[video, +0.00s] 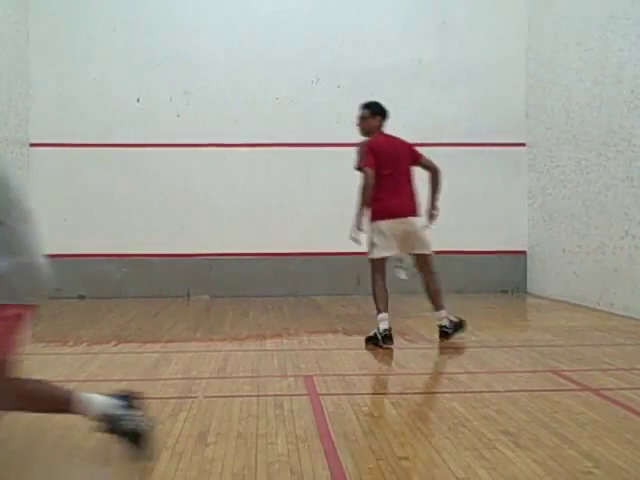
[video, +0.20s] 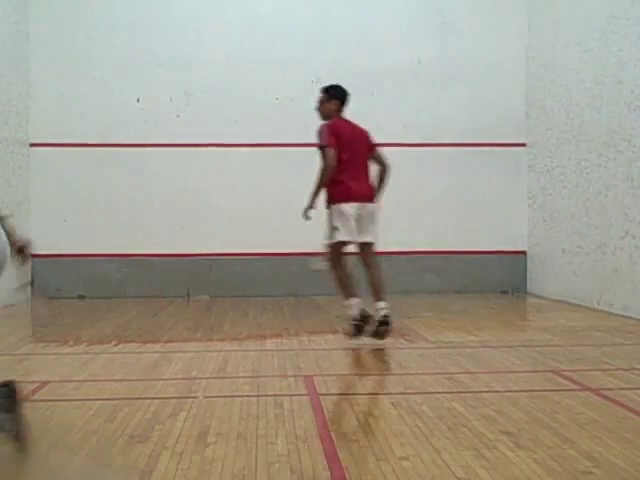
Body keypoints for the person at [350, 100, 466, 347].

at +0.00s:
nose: (359, 123)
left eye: (363, 119)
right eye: (359, 118)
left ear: (377, 119)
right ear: (380, 121)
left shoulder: (368, 146)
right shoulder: (401, 145)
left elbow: (369, 180)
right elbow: (433, 169)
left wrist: (360, 217)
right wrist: (434, 204)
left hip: (380, 217)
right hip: (408, 215)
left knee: (378, 272)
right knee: (426, 268)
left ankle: (383, 328)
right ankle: (444, 321)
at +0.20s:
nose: (318, 106)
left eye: (322, 102)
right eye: (319, 101)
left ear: (335, 104)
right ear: (338, 105)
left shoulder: (327, 129)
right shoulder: (359, 131)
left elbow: (330, 163)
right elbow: (384, 165)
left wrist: (312, 199)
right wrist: (375, 194)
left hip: (342, 200)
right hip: (367, 200)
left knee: (335, 255)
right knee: (368, 253)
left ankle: (356, 310)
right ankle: (382, 310)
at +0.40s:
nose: (272, 134)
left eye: (274, 129)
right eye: (273, 129)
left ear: (282, 130)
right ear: (291, 131)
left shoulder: (285, 155)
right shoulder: (307, 155)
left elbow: (281, 194)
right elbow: (320, 193)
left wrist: (261, 229)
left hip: (302, 225)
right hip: (325, 225)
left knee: (261, 262)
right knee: (342, 278)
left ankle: (242, 319)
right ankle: (367, 327)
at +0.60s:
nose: (207, 145)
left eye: (209, 140)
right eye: (209, 140)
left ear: (213, 142)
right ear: (228, 140)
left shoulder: (224, 164)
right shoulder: (237, 163)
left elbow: (227, 203)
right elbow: (233, 204)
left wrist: (212, 232)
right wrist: (211, 228)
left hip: (241, 229)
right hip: (258, 231)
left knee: (203, 268)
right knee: (247, 288)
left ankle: (210, 329)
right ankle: (297, 304)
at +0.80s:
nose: (159, 153)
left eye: (160, 148)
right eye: (159, 149)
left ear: (164, 148)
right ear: (178, 146)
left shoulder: (183, 164)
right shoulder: (179, 167)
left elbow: (159, 208)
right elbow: (163, 206)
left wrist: (133, 200)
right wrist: (142, 218)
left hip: (215, 226)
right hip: (206, 225)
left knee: (178, 270)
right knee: (171, 261)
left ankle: (207, 324)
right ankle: (172, 319)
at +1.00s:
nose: (121, 167)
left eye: (122, 163)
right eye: (120, 163)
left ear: (127, 161)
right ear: (136, 159)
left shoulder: (146, 175)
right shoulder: (131, 181)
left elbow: (118, 199)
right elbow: (107, 197)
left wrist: (92, 212)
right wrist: (115, 168)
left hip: (175, 237)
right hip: (162, 237)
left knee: (145, 284)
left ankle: (197, 319)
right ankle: (107, 325)